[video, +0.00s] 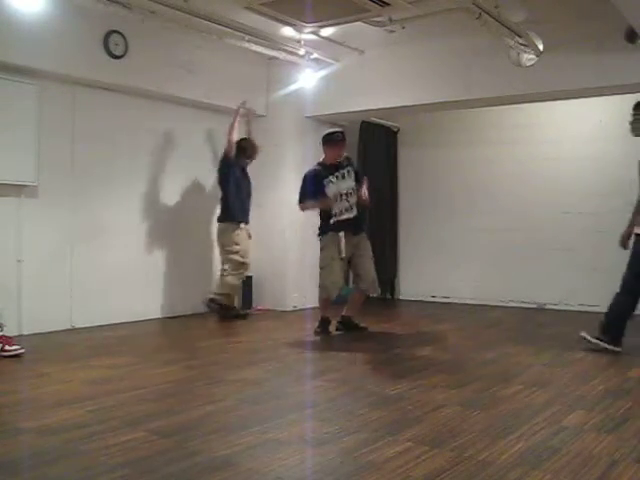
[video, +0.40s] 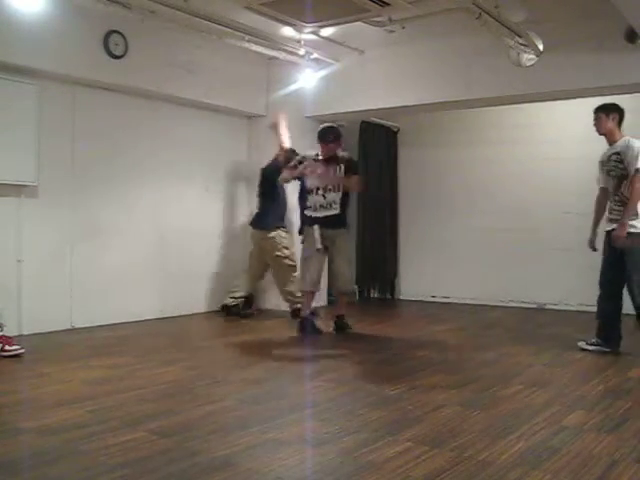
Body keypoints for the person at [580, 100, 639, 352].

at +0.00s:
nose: (633, 123)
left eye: (635, 118)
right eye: (633, 117)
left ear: (639, 120)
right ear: (634, 119)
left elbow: (638, 201)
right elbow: (639, 200)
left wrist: (631, 227)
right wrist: (630, 227)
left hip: (638, 235)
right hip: (638, 234)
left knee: (630, 285)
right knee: (629, 285)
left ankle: (611, 335)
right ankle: (611, 335)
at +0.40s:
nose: (595, 124)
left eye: (599, 119)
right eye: (595, 120)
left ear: (614, 119)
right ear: (608, 121)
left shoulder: (631, 147)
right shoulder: (605, 157)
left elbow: (635, 186)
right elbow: (603, 194)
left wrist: (625, 223)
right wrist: (595, 229)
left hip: (632, 232)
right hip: (613, 232)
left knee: (633, 288)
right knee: (609, 288)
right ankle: (607, 339)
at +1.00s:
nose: (616, 122)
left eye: (620, 117)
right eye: (616, 117)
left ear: (633, 118)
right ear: (629, 119)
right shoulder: (615, 150)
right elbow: (603, 188)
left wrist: (637, 233)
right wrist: (589, 222)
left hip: (635, 230)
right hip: (616, 229)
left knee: (638, 294)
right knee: (603, 286)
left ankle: (637, 347)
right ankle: (605, 338)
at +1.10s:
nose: (622, 126)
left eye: (625, 121)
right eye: (622, 120)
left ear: (636, 122)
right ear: (630, 122)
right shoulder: (621, 151)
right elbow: (611, 188)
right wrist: (598, 220)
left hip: (634, 228)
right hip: (619, 227)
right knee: (604, 281)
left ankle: (638, 347)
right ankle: (604, 335)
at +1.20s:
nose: (628, 126)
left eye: (632, 121)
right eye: (628, 120)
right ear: (630, 122)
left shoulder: (628, 151)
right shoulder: (623, 150)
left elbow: (617, 186)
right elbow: (615, 186)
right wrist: (606, 219)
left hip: (635, 228)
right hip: (622, 227)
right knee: (608, 283)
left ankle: (637, 348)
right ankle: (606, 338)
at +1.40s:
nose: (635, 120)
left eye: (636, 116)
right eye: (635, 116)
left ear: (638, 116)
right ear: (633, 116)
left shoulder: (627, 148)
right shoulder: (625, 148)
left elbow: (616, 186)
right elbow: (617, 186)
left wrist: (608, 220)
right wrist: (607, 221)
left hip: (632, 229)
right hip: (627, 228)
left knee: (624, 290)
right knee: (623, 290)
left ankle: (629, 348)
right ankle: (626, 349)